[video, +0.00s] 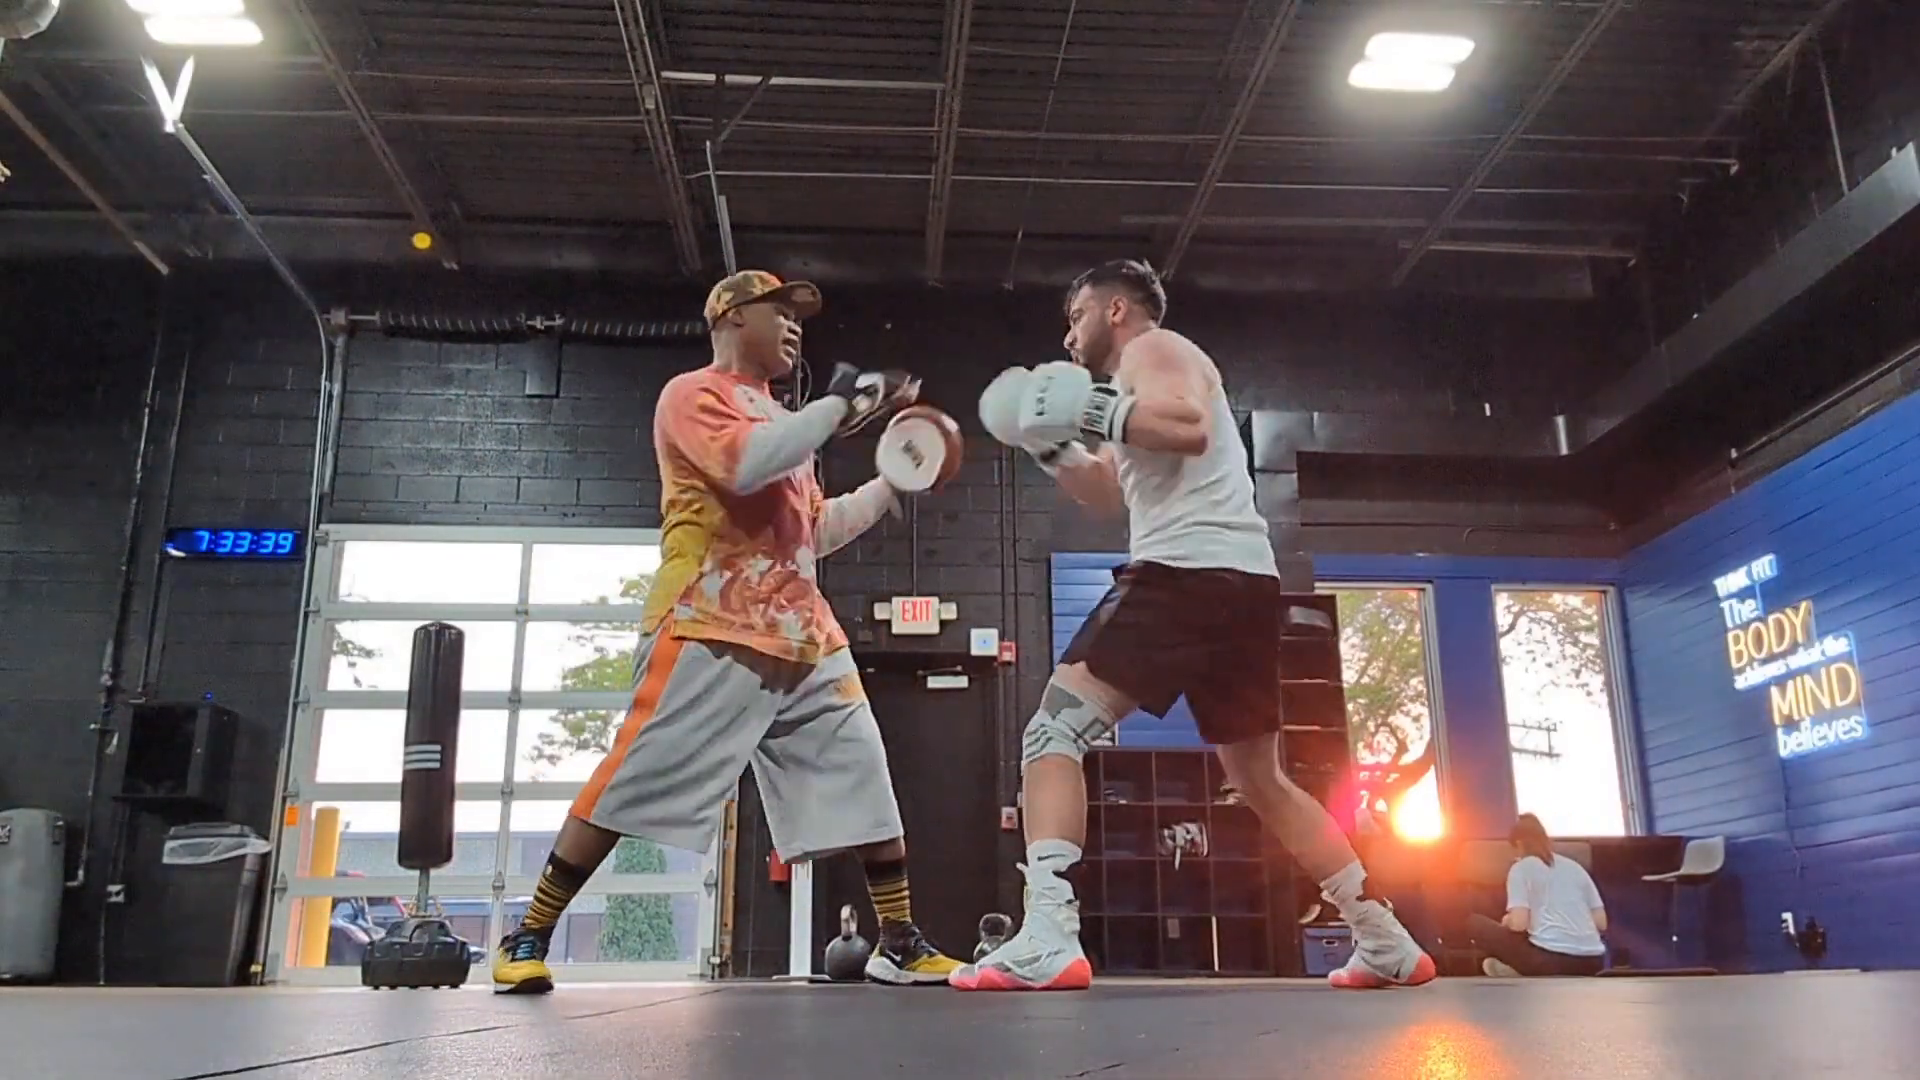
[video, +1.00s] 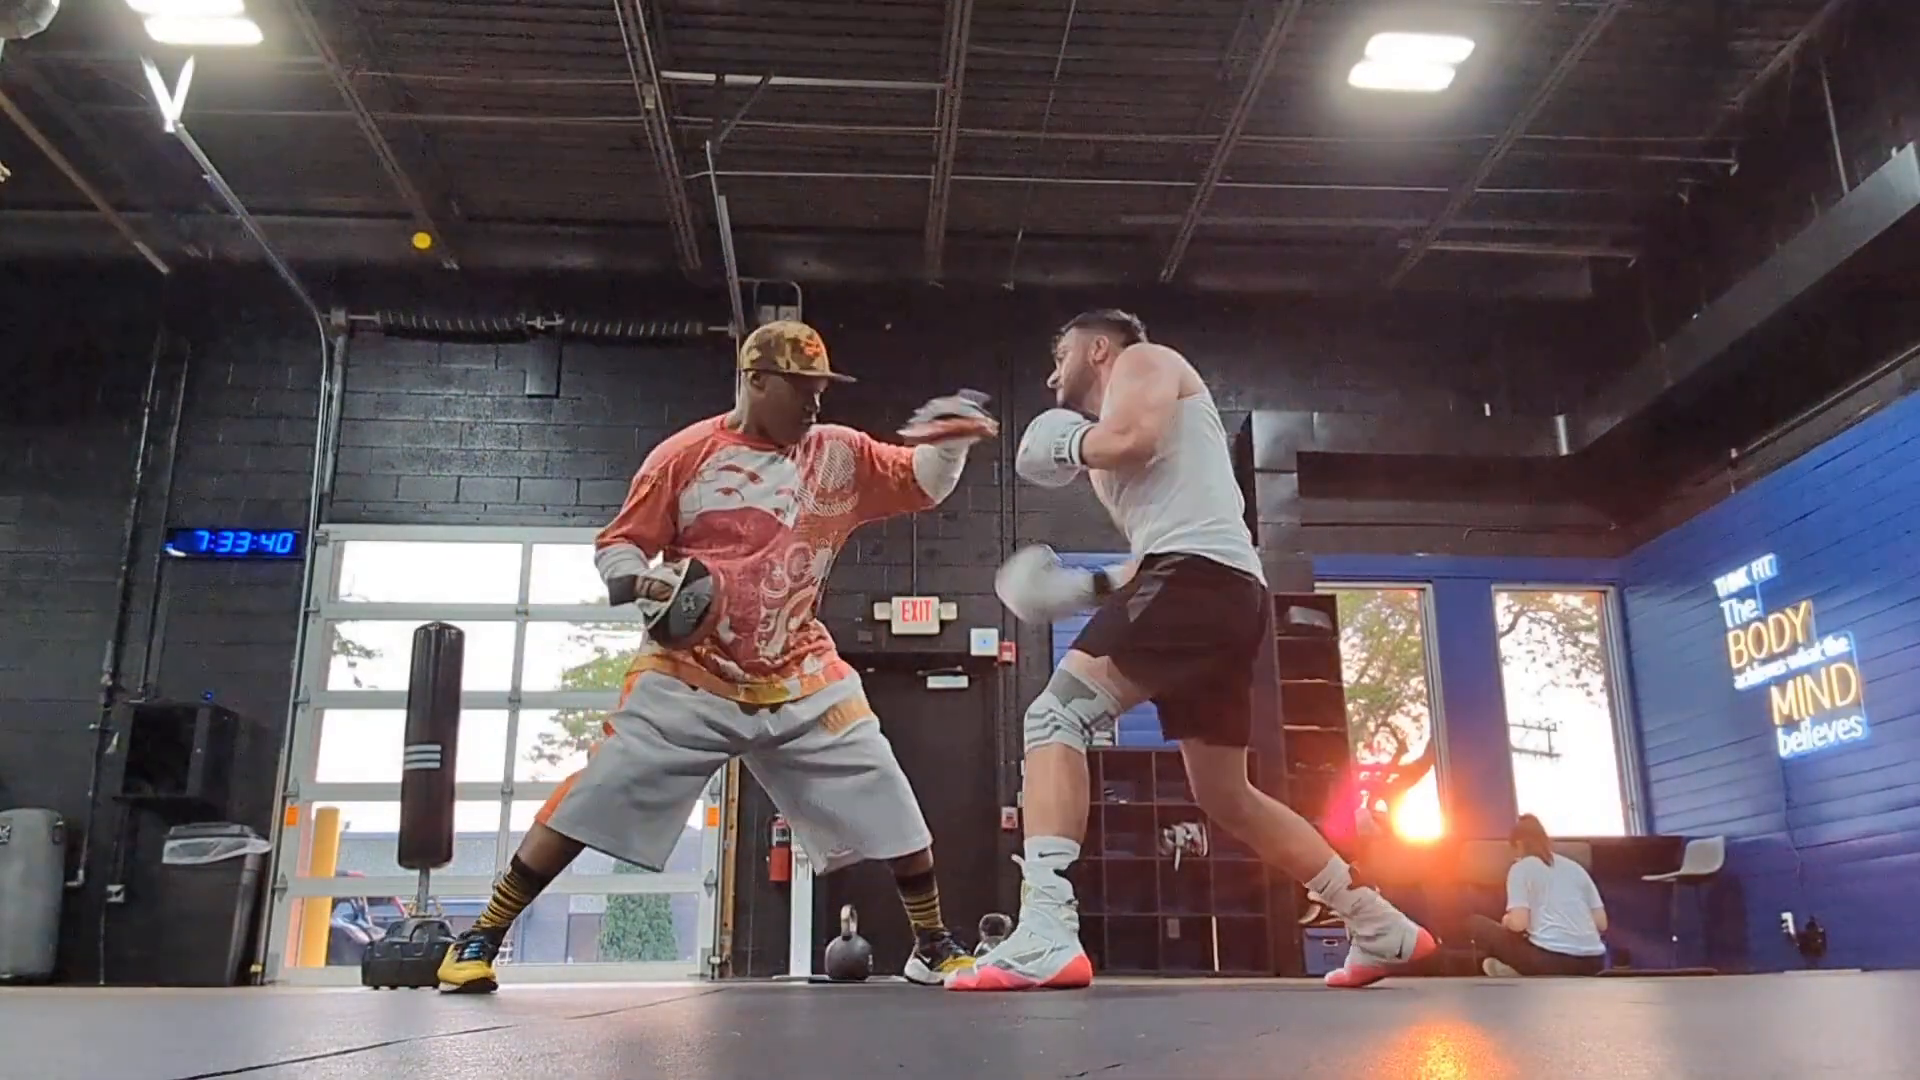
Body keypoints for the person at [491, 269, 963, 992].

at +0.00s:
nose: (797, 327)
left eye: (795, 317)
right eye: (781, 313)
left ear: (765, 331)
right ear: (733, 321)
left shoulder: (783, 424)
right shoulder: (689, 393)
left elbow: (813, 532)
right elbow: (743, 465)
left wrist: (892, 480)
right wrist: (845, 404)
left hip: (800, 620)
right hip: (711, 619)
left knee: (862, 765)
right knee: (634, 772)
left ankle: (897, 937)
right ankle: (530, 936)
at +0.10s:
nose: (762, 309)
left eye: (766, 301)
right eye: (745, 295)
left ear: (767, 324)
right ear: (698, 310)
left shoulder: (789, 409)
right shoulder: (655, 397)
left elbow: (867, 480)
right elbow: (657, 484)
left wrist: (966, 442)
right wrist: (764, 447)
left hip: (786, 616)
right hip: (687, 612)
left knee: (846, 765)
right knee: (618, 768)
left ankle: (871, 936)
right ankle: (527, 937)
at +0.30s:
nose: (774, 317)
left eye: (779, 305)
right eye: (755, 303)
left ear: (787, 317)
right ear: (718, 319)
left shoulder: (807, 406)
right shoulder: (686, 392)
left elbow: (841, 512)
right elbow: (737, 453)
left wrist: (862, 483)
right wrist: (751, 355)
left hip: (786, 610)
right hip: (693, 604)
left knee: (823, 762)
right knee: (625, 755)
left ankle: (821, 937)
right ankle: (535, 930)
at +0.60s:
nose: (729, 342)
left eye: (737, 329)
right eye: (711, 329)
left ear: (744, 344)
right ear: (670, 342)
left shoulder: (771, 410)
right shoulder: (633, 424)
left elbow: (868, 436)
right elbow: (691, 450)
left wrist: (800, 423)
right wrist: (737, 351)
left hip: (781, 633)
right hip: (670, 632)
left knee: (854, 746)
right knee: (588, 772)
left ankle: (841, 924)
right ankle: (479, 935)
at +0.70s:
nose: (735, 377)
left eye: (739, 364)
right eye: (721, 366)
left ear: (742, 364)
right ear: (675, 370)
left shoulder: (765, 433)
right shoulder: (619, 445)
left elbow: (874, 455)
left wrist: (820, 440)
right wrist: (660, 406)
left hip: (768, 638)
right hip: (660, 640)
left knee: (861, 765)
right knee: (596, 767)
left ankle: (907, 932)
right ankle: (482, 936)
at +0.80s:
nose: (758, 387)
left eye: (760, 373)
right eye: (744, 371)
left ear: (755, 377)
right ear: (693, 370)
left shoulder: (782, 443)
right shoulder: (632, 458)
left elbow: (889, 479)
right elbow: (556, 561)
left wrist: (843, 431)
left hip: (778, 649)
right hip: (671, 649)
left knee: (874, 780)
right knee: (598, 772)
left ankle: (933, 945)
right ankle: (482, 938)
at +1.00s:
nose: (813, 399)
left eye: (818, 387)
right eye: (800, 384)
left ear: (821, 388)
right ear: (755, 379)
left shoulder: (839, 452)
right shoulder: (688, 454)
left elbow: (922, 485)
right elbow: (619, 544)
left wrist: (945, 442)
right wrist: (640, 581)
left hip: (800, 666)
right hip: (687, 667)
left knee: (888, 786)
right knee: (594, 792)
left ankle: (935, 950)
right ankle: (482, 941)